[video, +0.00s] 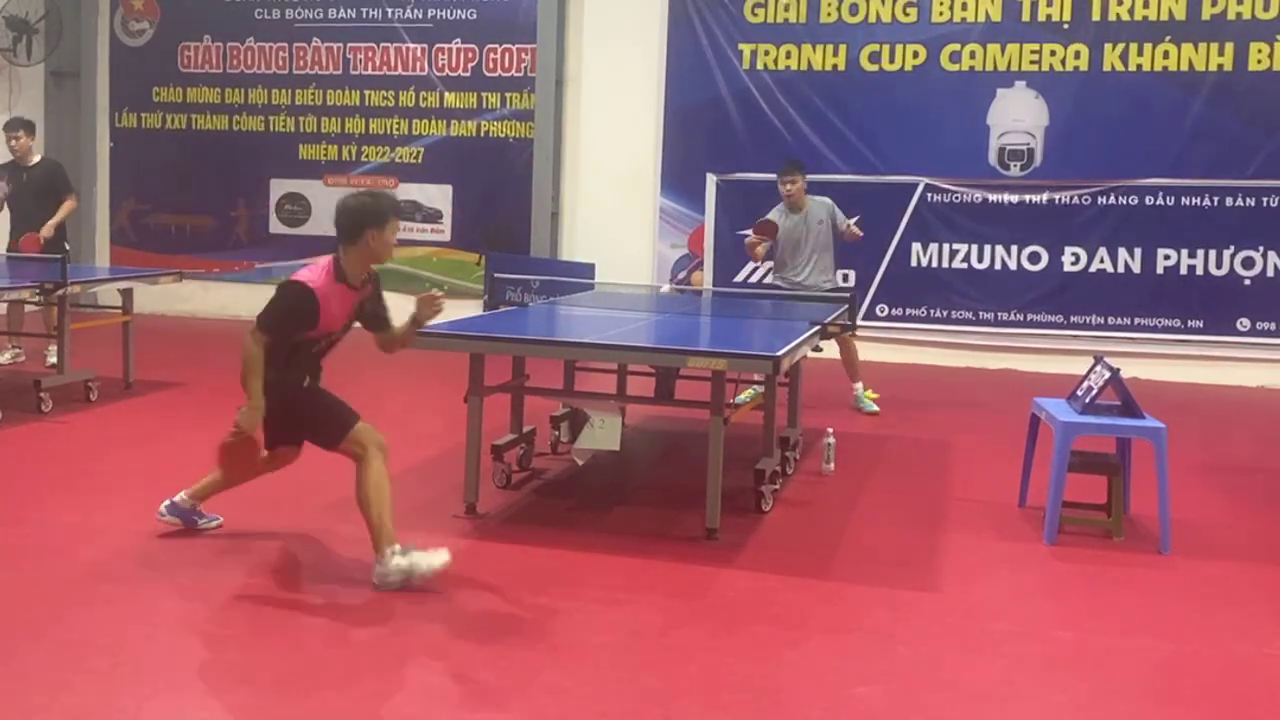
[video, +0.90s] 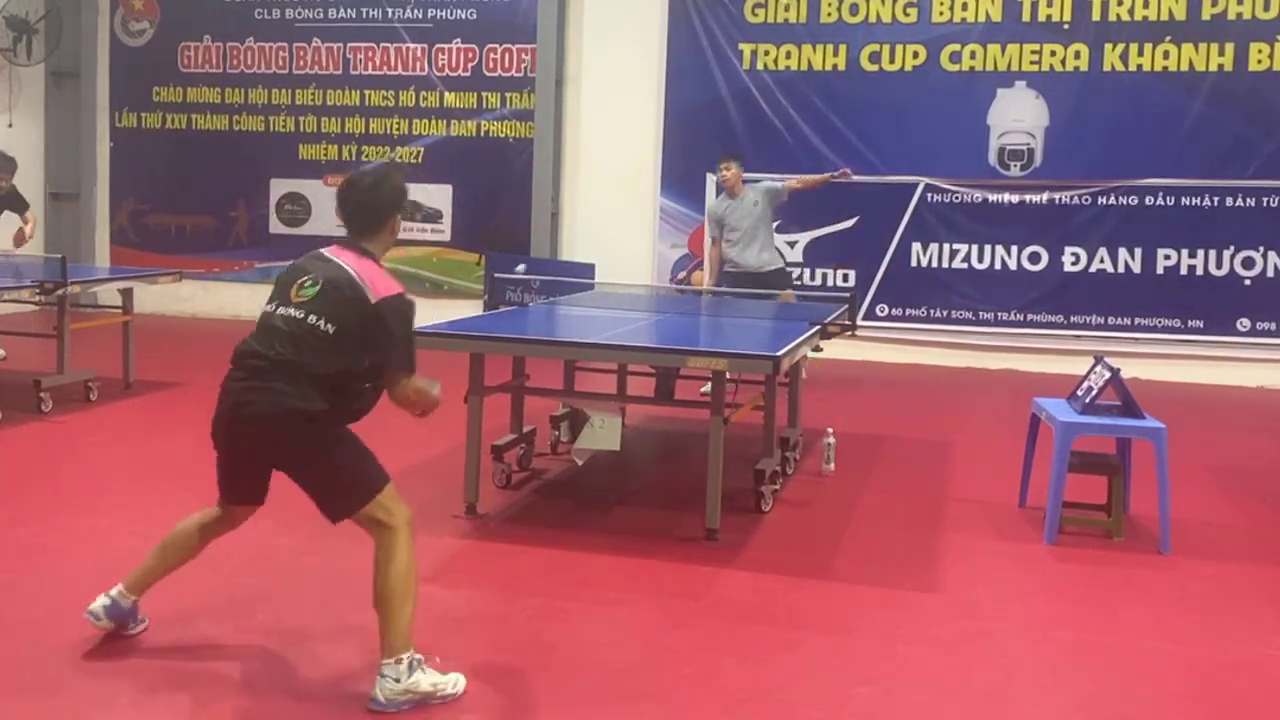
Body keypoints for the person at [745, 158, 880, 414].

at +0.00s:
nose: (787, 189)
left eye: (792, 183)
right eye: (783, 184)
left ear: (804, 183)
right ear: (779, 187)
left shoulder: (825, 206)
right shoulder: (775, 215)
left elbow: (845, 232)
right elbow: (760, 254)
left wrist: (852, 233)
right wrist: (753, 248)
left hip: (824, 290)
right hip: (786, 290)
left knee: (845, 337)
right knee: (770, 336)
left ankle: (859, 392)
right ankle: (763, 386)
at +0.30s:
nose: (786, 187)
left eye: (792, 181)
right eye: (782, 183)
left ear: (803, 182)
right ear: (777, 185)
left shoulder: (824, 210)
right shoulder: (771, 215)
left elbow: (837, 244)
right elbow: (757, 247)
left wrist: (830, 247)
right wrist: (748, 249)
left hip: (817, 286)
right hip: (779, 284)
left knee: (830, 334)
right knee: (744, 321)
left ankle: (838, 387)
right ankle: (727, 380)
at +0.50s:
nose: (768, 212)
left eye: (772, 207)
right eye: (764, 208)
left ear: (786, 206)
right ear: (761, 209)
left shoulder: (808, 227)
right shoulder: (759, 234)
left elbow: (824, 256)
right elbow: (742, 260)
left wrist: (827, 266)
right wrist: (732, 262)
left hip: (806, 295)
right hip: (770, 295)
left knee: (828, 334)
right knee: (736, 326)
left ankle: (838, 388)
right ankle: (722, 380)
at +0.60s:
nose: (744, 217)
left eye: (749, 211)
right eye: (742, 213)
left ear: (765, 211)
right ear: (742, 217)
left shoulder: (793, 229)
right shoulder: (745, 245)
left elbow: (822, 248)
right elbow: (718, 273)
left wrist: (841, 263)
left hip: (808, 299)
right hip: (773, 302)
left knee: (828, 335)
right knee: (739, 330)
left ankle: (839, 388)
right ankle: (726, 381)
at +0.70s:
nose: (726, 210)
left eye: (731, 204)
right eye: (724, 207)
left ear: (747, 205)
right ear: (725, 212)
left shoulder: (773, 219)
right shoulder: (727, 242)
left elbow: (802, 222)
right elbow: (704, 263)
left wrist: (831, 221)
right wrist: (681, 279)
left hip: (797, 292)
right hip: (760, 296)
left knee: (824, 334)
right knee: (731, 331)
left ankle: (843, 386)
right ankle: (720, 380)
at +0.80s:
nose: (725, 192)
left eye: (729, 187)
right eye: (721, 189)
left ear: (742, 189)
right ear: (720, 195)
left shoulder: (766, 207)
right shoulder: (718, 228)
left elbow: (802, 200)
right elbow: (711, 265)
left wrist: (832, 191)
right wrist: (704, 287)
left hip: (780, 283)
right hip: (743, 288)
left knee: (812, 321)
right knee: (728, 328)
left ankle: (829, 370)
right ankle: (727, 378)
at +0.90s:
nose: (723, 174)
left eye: (728, 169)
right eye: (720, 171)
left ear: (740, 172)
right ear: (718, 177)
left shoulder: (763, 190)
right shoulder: (716, 208)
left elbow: (798, 184)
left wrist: (831, 177)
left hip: (771, 271)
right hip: (735, 274)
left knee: (791, 316)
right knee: (722, 321)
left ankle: (799, 359)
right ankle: (718, 377)